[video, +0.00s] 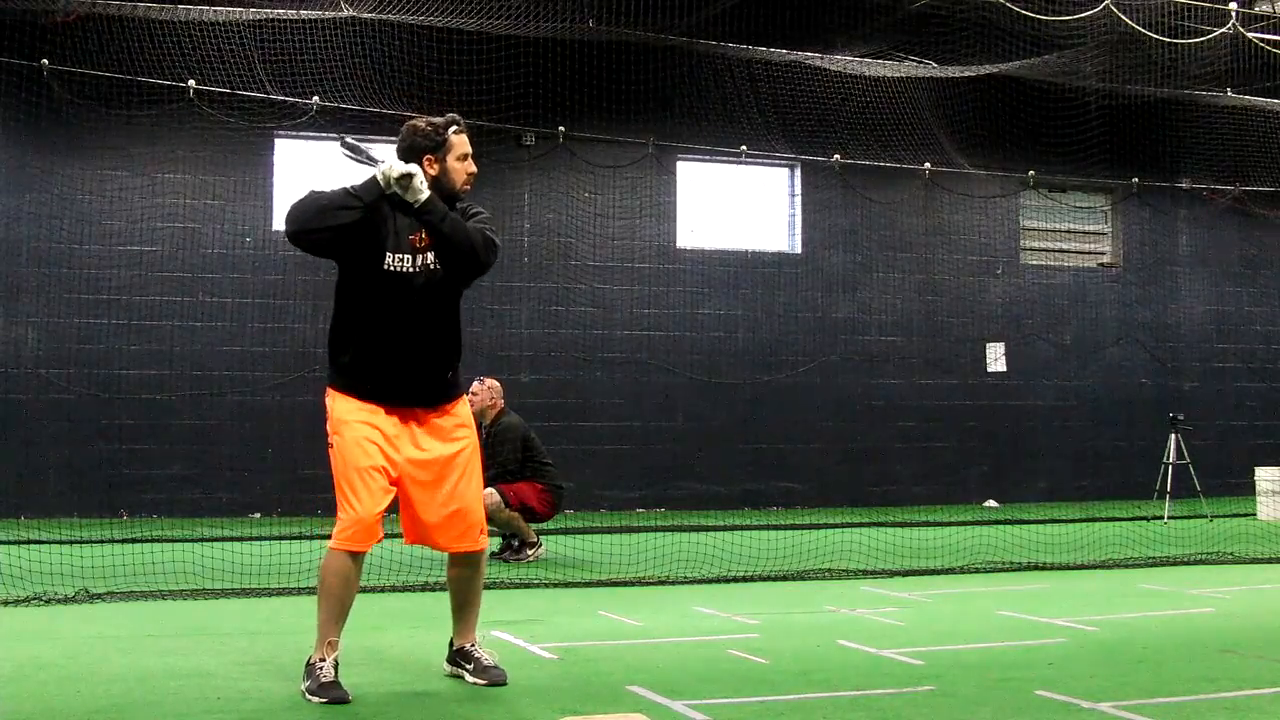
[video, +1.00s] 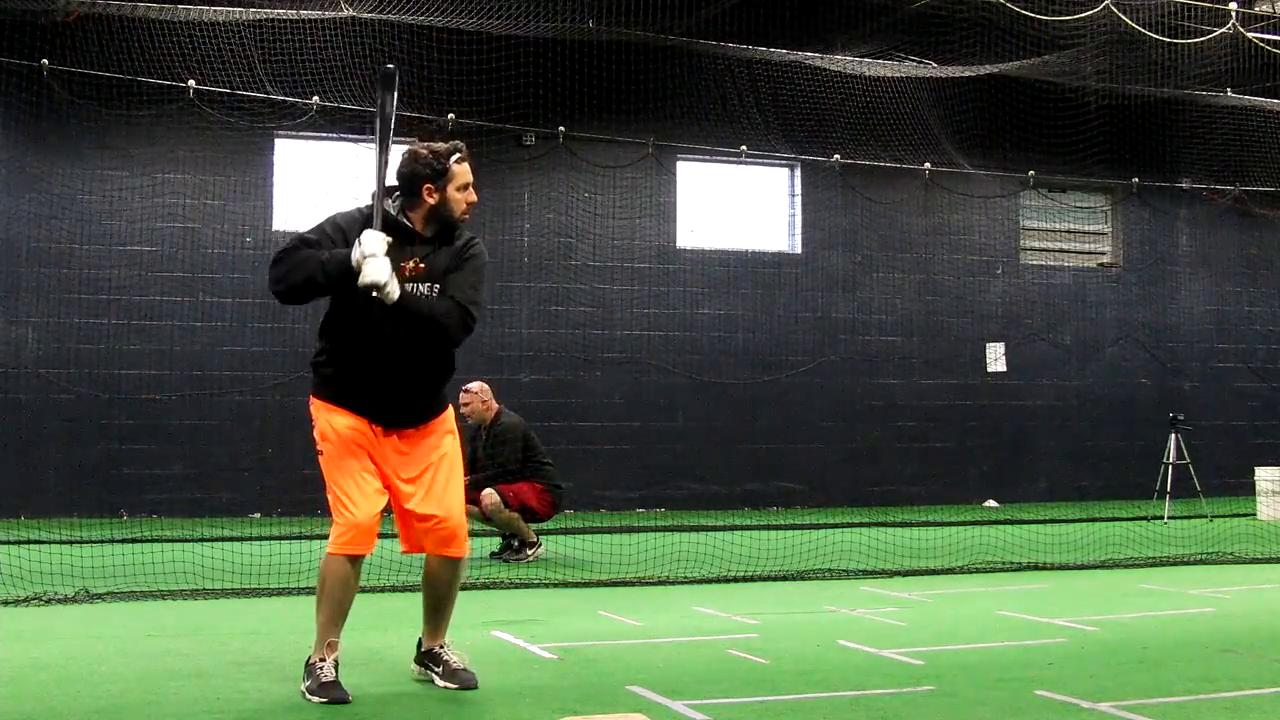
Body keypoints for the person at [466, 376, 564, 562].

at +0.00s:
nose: (468, 398)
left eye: (474, 394)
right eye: (468, 393)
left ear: (493, 401)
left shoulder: (508, 426)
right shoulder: (482, 427)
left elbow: (506, 472)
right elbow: (482, 467)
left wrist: (472, 486)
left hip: (542, 491)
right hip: (516, 487)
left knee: (489, 500)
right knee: (471, 497)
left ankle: (531, 541)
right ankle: (511, 536)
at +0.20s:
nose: (467, 400)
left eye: (473, 395)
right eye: (468, 395)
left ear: (492, 402)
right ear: (490, 403)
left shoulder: (508, 426)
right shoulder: (483, 428)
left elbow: (505, 472)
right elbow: (482, 467)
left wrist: (471, 488)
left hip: (542, 491)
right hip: (517, 487)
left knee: (490, 499)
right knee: (472, 497)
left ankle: (531, 541)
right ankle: (511, 536)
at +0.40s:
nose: (467, 401)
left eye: (473, 396)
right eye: (467, 396)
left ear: (492, 402)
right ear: (489, 403)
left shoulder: (508, 426)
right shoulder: (479, 429)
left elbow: (506, 471)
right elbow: (481, 467)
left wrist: (471, 487)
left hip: (542, 490)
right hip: (515, 488)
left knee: (489, 499)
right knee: (468, 498)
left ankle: (531, 541)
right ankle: (510, 535)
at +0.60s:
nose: (465, 403)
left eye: (470, 398)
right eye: (466, 398)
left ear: (487, 402)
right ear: (485, 403)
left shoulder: (508, 426)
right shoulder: (479, 429)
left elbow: (507, 471)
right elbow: (476, 467)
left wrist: (471, 488)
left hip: (542, 491)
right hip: (514, 488)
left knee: (490, 499)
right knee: (467, 497)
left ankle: (531, 541)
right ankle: (511, 536)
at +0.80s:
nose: (466, 407)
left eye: (470, 401)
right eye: (464, 402)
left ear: (489, 401)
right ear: (487, 402)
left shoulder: (508, 426)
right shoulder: (478, 431)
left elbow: (508, 473)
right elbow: (477, 470)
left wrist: (470, 482)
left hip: (541, 491)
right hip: (511, 488)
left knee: (489, 499)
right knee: (464, 502)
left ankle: (531, 541)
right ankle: (510, 535)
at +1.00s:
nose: (462, 411)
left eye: (466, 405)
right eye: (461, 406)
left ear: (486, 403)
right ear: (484, 404)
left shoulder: (508, 426)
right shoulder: (478, 431)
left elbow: (508, 473)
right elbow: (475, 472)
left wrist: (470, 482)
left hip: (542, 491)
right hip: (511, 490)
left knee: (490, 499)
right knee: (463, 503)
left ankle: (531, 540)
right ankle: (511, 534)